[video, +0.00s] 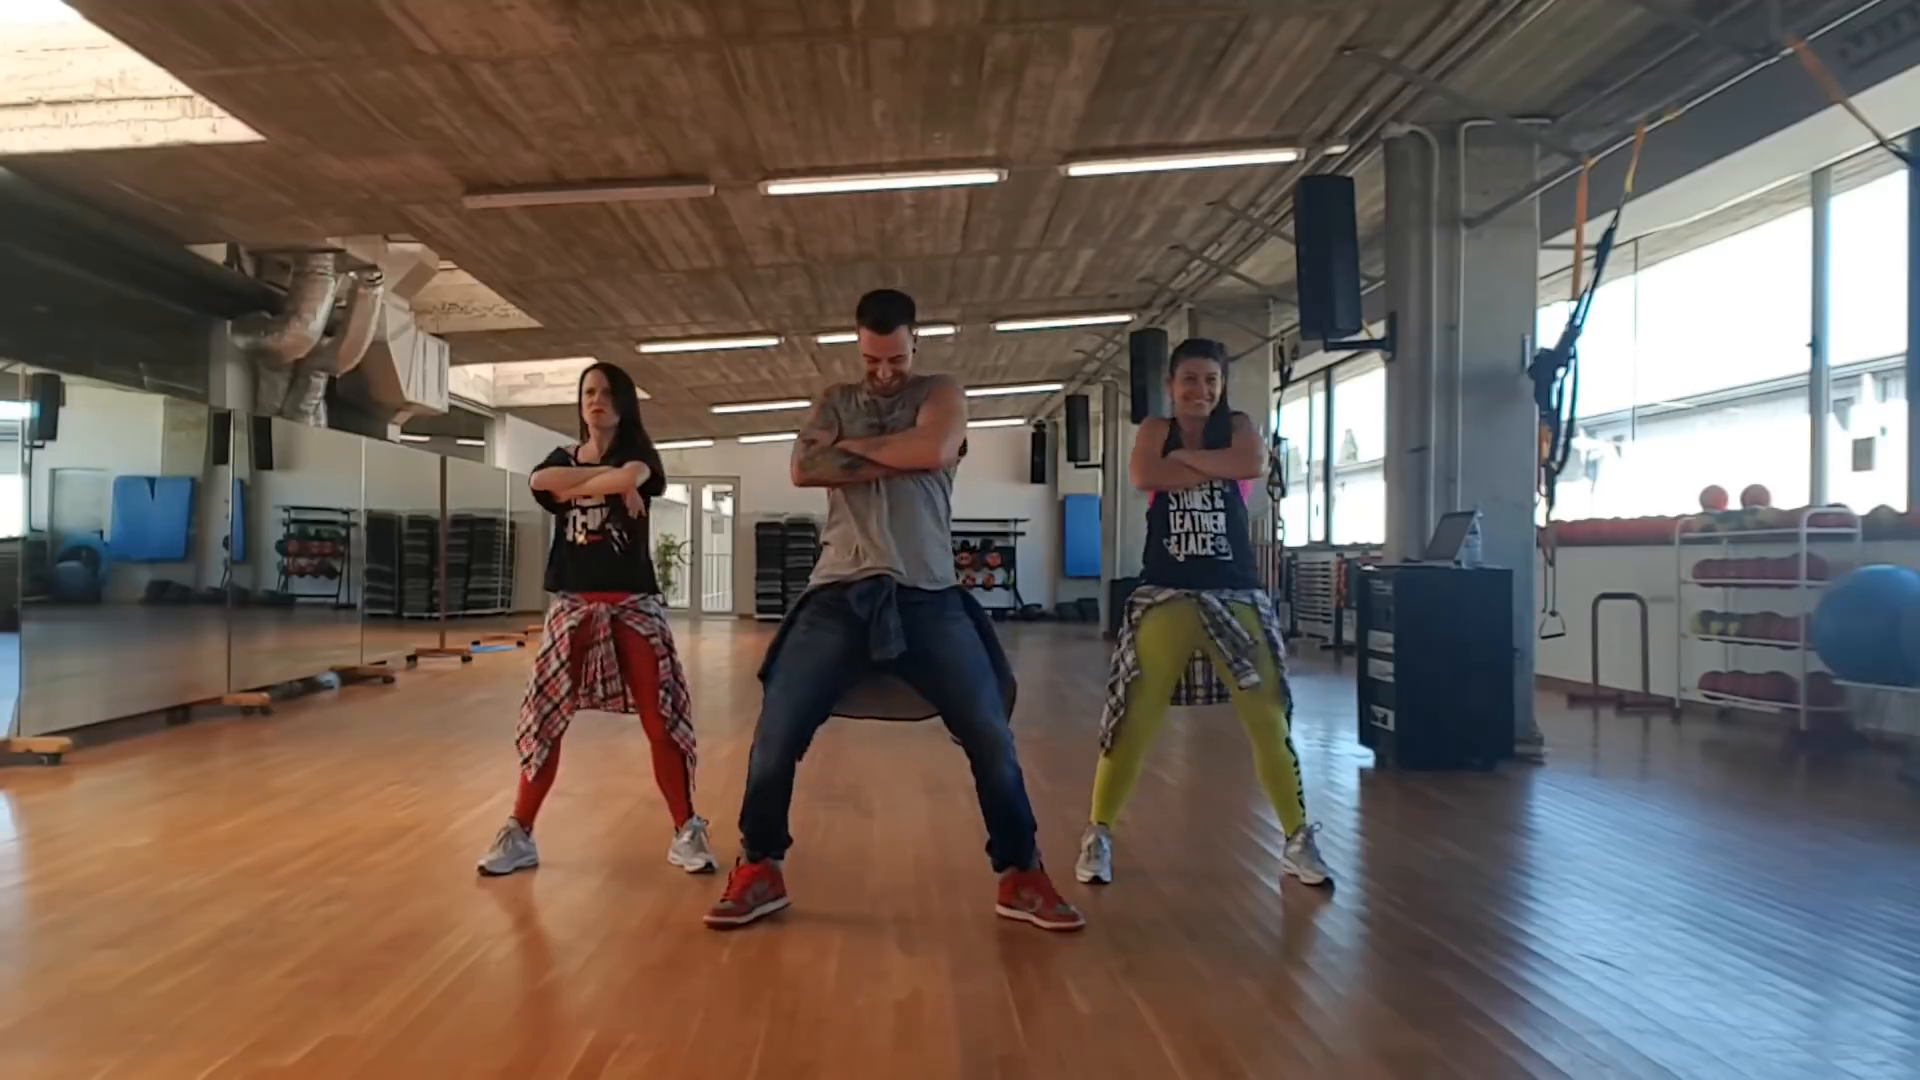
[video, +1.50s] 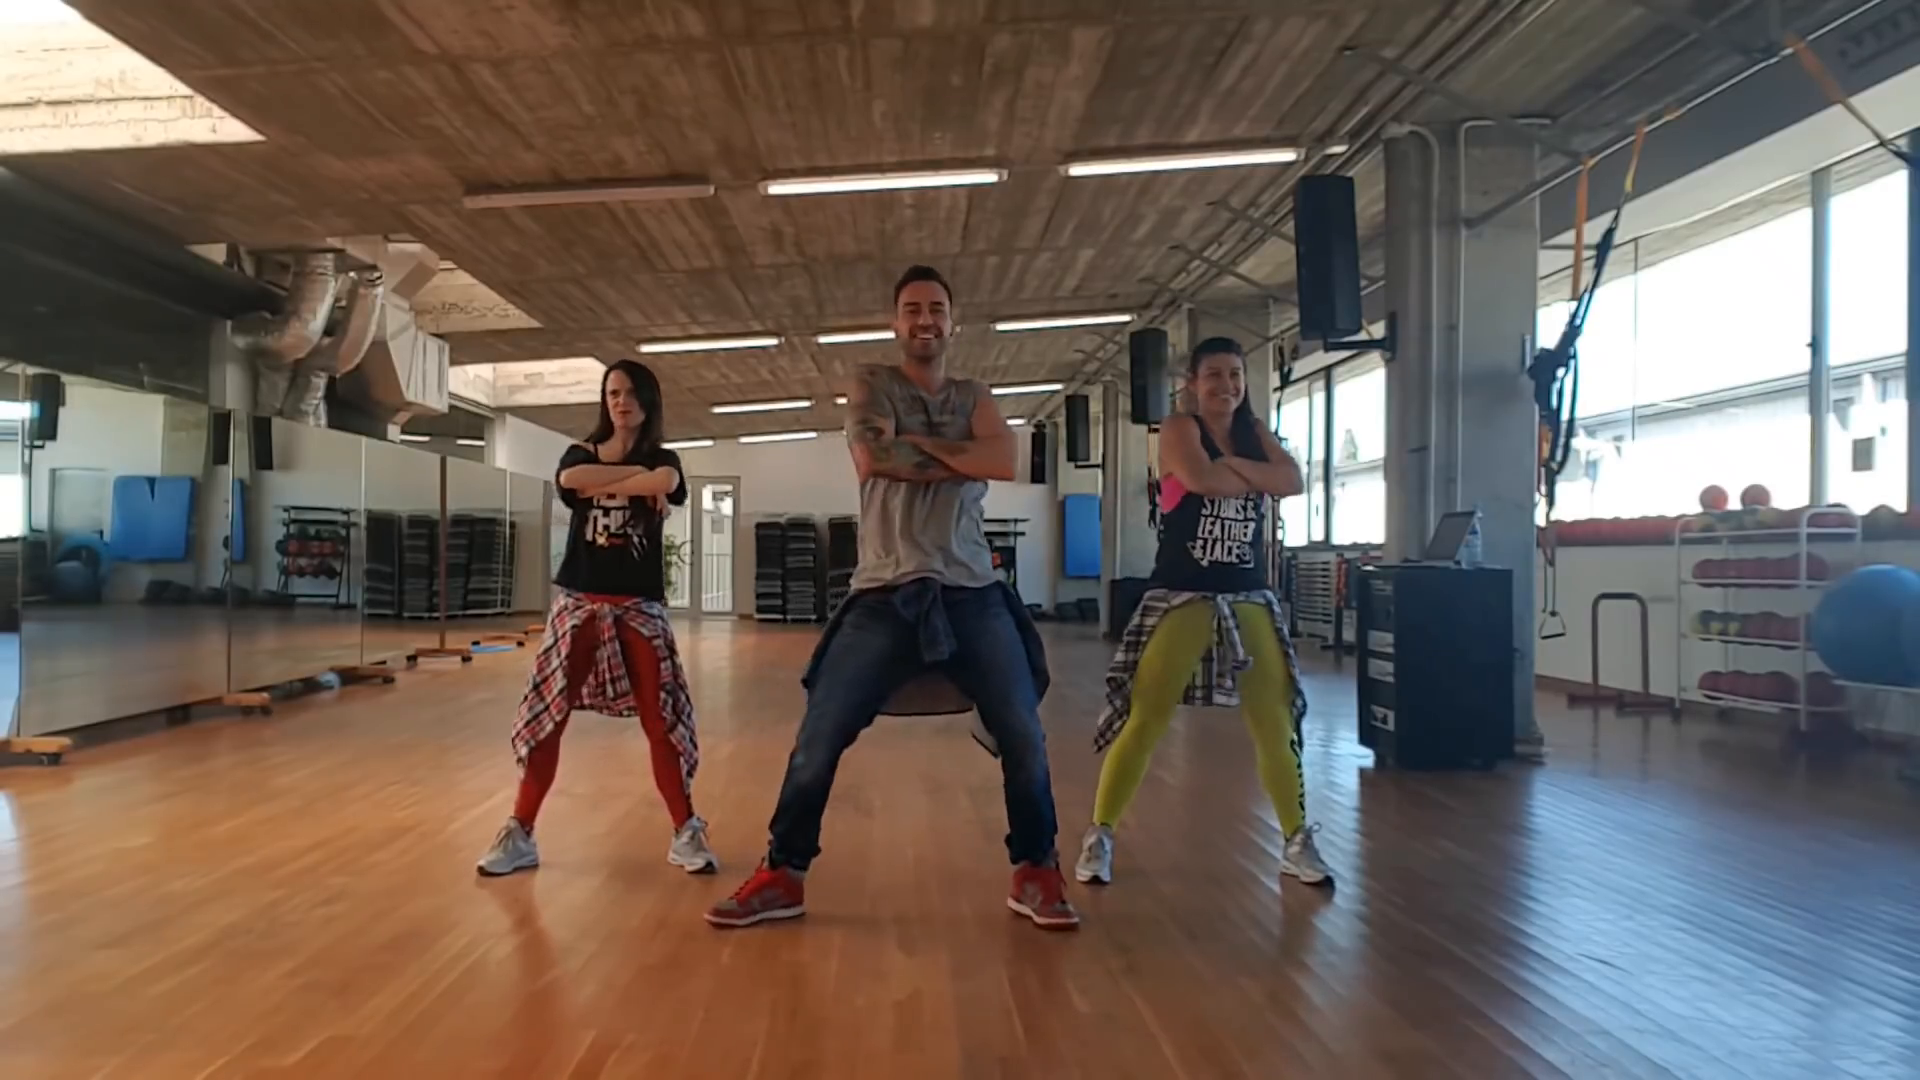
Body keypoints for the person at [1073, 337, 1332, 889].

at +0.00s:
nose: (1199, 389)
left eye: (1209, 380)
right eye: (1189, 379)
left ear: (1222, 386)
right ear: (1170, 384)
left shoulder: (1238, 424)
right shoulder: (1154, 429)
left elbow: (1249, 467)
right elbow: (1143, 475)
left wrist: (1177, 454)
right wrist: (1219, 465)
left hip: (1236, 595)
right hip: (1166, 595)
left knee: (1268, 719)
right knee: (1136, 718)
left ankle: (1298, 841)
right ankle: (1098, 837)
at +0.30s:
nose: (1203, 390)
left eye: (1213, 382)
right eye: (1193, 381)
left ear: (1227, 387)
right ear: (1175, 386)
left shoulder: (1243, 428)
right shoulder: (1158, 432)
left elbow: (1237, 470)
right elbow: (1136, 480)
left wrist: (1168, 457)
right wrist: (1210, 467)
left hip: (1231, 596)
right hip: (1161, 595)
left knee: (1266, 723)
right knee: (1132, 725)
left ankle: (1297, 841)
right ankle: (1098, 838)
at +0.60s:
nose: (1222, 384)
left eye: (1230, 375)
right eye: (1211, 375)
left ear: (1242, 383)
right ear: (1190, 384)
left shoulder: (1250, 429)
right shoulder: (1180, 427)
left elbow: (1294, 480)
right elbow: (1208, 481)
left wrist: (1235, 466)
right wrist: (1264, 478)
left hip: (1249, 596)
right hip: (1184, 596)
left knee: (1278, 721)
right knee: (1146, 720)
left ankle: (1298, 842)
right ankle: (1100, 838)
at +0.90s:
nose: (1194, 387)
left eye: (1205, 378)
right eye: (1185, 377)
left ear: (1219, 384)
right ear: (1166, 382)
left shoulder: (1235, 427)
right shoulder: (1150, 428)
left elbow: (1249, 470)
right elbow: (1145, 477)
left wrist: (1177, 457)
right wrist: (1218, 469)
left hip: (1224, 595)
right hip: (1154, 595)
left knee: (1260, 722)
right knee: (1130, 719)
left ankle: (1297, 841)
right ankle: (1097, 837)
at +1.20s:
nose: (1193, 386)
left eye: (1202, 377)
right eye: (1183, 376)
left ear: (1215, 384)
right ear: (1163, 384)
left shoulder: (1230, 424)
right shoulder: (1147, 434)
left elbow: (1232, 471)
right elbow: (1131, 485)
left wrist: (1162, 462)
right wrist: (1201, 471)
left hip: (1222, 594)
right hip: (1153, 594)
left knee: (1259, 718)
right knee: (1128, 721)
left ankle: (1296, 841)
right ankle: (1097, 837)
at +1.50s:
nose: (1227, 383)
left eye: (1234, 374)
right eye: (1215, 375)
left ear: (1245, 383)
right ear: (1191, 384)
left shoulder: (1253, 430)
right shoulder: (1177, 429)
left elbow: (1292, 480)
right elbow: (1202, 480)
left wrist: (1229, 462)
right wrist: (1260, 479)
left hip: (1250, 595)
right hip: (1183, 595)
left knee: (1274, 719)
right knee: (1147, 718)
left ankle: (1297, 842)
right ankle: (1099, 837)